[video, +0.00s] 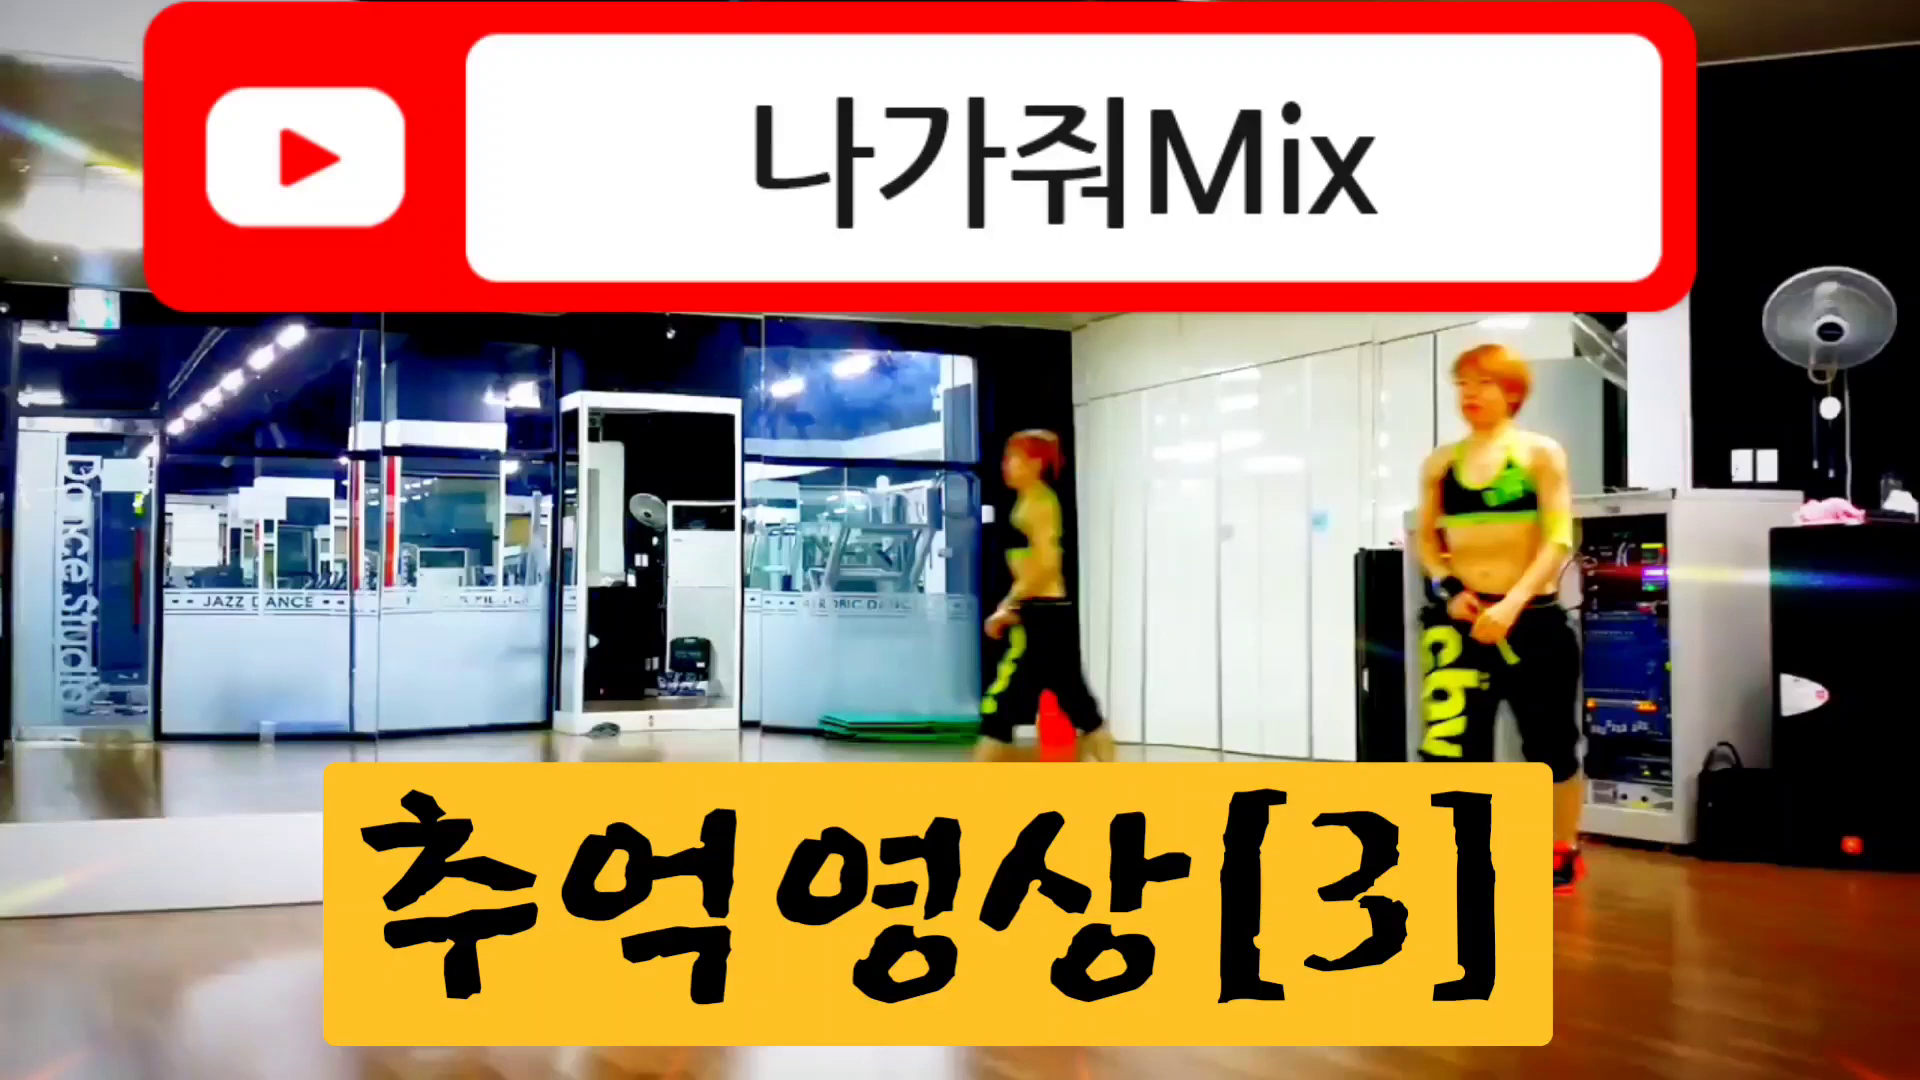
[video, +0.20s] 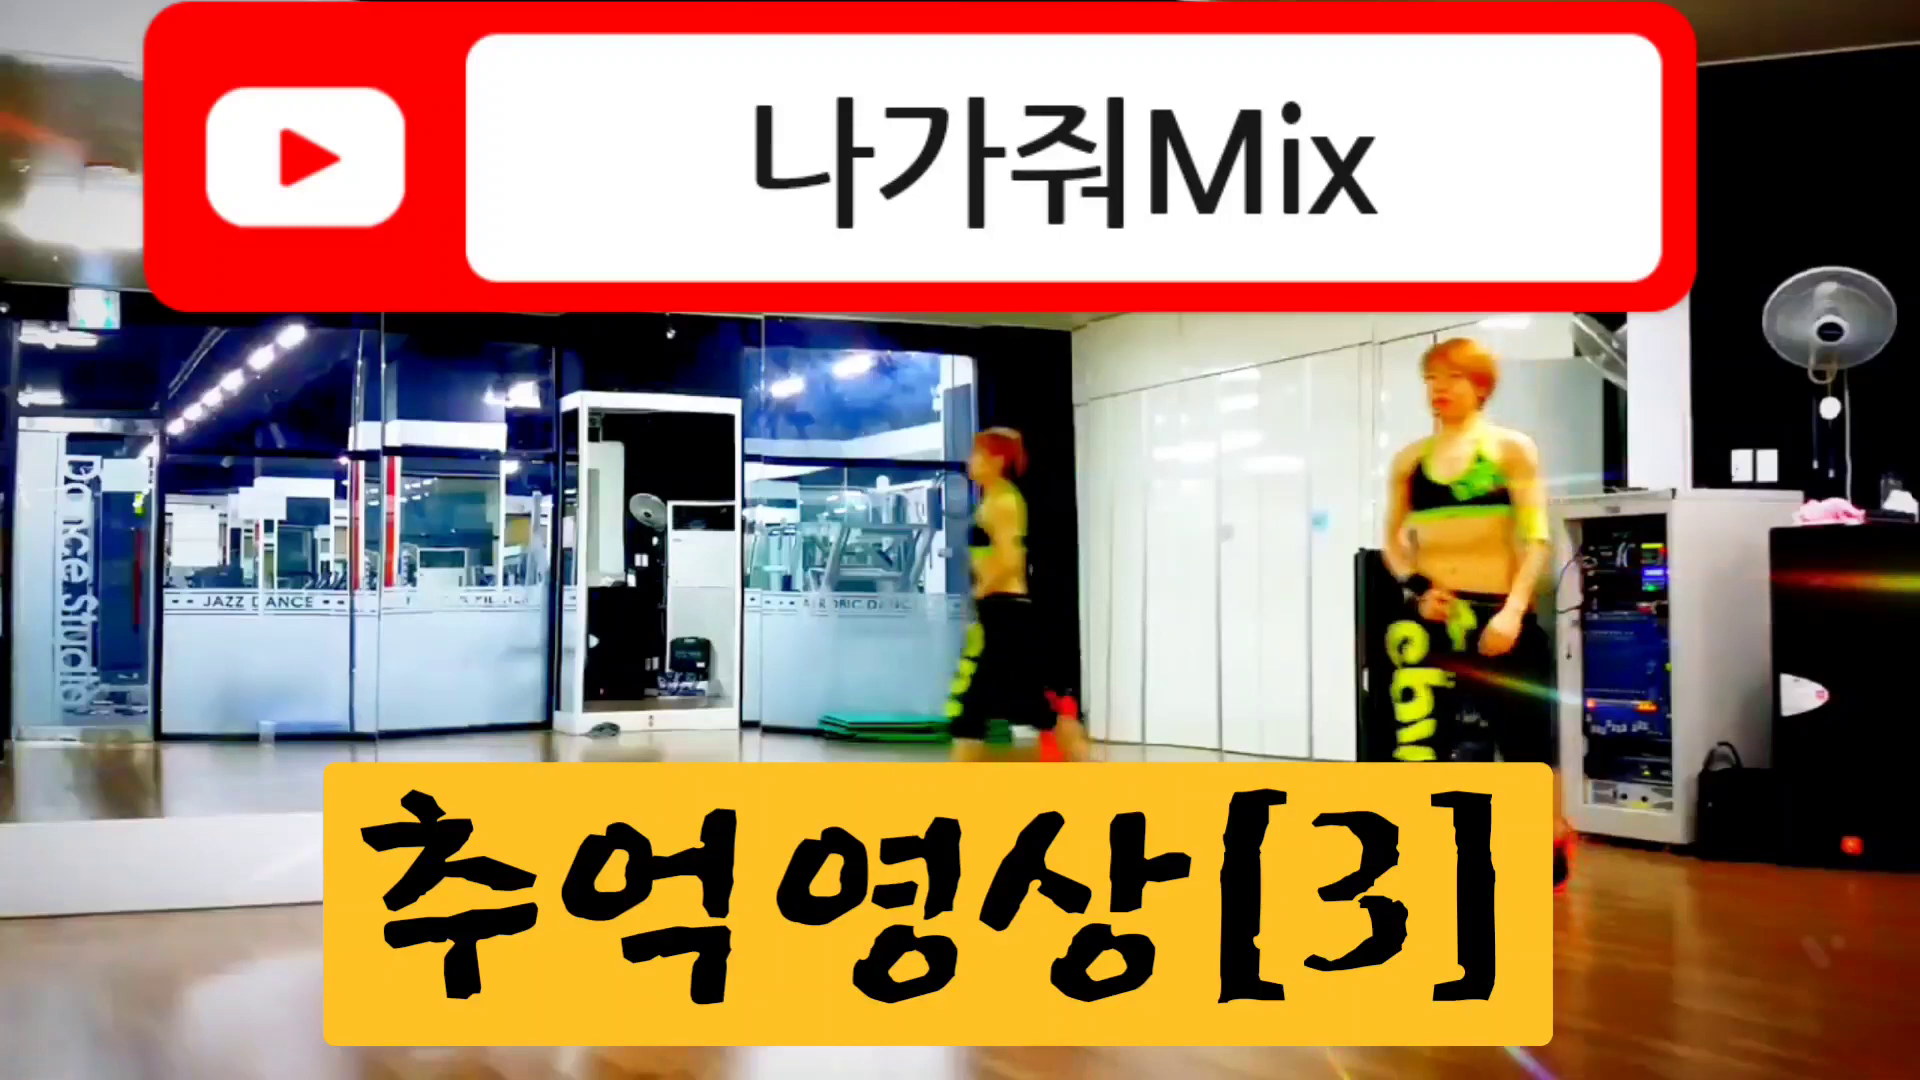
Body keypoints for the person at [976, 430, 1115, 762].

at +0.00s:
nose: (1007, 465)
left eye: (1015, 458)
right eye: (1008, 458)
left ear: (1036, 464)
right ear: (1025, 465)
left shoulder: (1038, 503)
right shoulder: (1029, 501)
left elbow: (1043, 564)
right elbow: (1035, 564)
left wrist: (1009, 604)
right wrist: (1008, 605)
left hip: (1041, 610)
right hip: (1050, 608)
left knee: (998, 706)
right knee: (1075, 696)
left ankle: (977, 788)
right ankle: (1113, 780)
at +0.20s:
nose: (970, 461)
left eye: (978, 455)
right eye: (973, 454)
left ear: (997, 461)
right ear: (996, 462)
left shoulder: (1002, 501)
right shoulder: (998, 499)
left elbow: (1007, 559)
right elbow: (1007, 556)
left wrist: (982, 587)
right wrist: (986, 582)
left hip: (1004, 607)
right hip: (1010, 604)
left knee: (969, 704)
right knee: (1024, 697)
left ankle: (960, 784)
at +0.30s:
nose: (925, 458)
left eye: (931, 451)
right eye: (928, 451)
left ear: (949, 454)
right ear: (951, 454)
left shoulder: (954, 495)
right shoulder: (963, 491)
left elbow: (957, 548)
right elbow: (963, 547)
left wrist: (934, 577)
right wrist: (937, 570)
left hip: (955, 597)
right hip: (970, 595)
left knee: (943, 693)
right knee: (956, 690)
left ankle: (964, 766)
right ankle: (1007, 754)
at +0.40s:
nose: (889, 458)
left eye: (895, 451)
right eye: (890, 450)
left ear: (914, 453)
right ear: (914, 454)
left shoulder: (918, 495)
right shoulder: (925, 493)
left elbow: (917, 547)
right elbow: (938, 551)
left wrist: (894, 576)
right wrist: (903, 575)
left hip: (921, 600)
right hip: (917, 598)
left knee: (930, 691)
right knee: (884, 686)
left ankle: (962, 771)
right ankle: (906, 768)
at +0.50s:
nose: (865, 460)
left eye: (870, 453)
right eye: (867, 452)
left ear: (890, 456)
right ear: (891, 457)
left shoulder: (891, 499)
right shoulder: (905, 497)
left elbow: (890, 549)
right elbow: (916, 553)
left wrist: (869, 578)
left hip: (898, 605)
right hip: (900, 603)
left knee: (916, 690)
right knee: (857, 687)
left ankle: (954, 762)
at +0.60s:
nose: (828, 467)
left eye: (834, 459)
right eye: (829, 460)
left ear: (855, 462)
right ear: (856, 463)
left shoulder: (856, 501)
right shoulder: (866, 501)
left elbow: (857, 552)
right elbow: (881, 562)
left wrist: (834, 587)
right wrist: (888, 611)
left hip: (858, 612)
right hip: (858, 610)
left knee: (886, 704)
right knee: (818, 706)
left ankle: (940, 768)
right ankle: (792, 774)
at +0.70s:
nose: (785, 467)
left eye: (792, 459)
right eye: (785, 460)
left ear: (815, 462)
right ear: (807, 464)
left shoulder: (815, 500)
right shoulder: (803, 500)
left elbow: (831, 553)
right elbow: (828, 554)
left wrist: (807, 597)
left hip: (805, 611)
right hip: (790, 610)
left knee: (796, 711)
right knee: (769, 704)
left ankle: (870, 757)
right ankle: (774, 777)